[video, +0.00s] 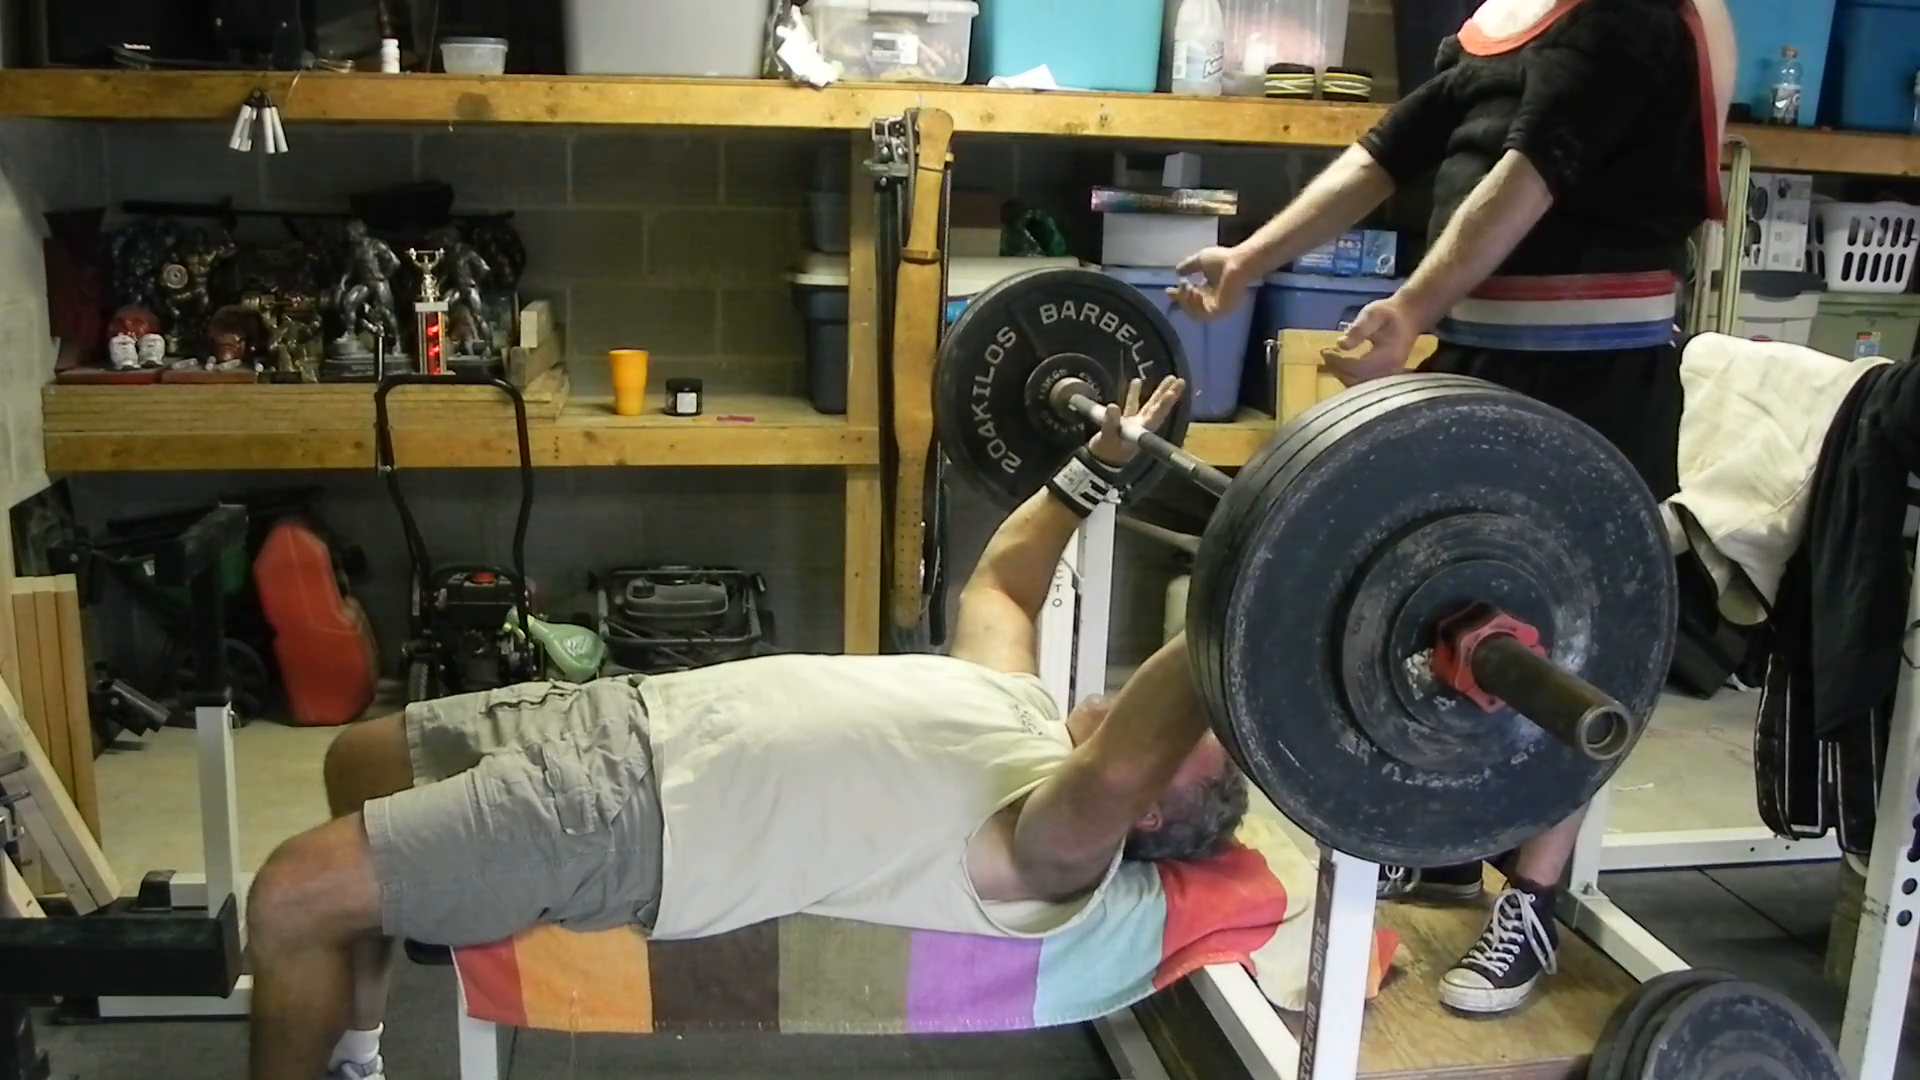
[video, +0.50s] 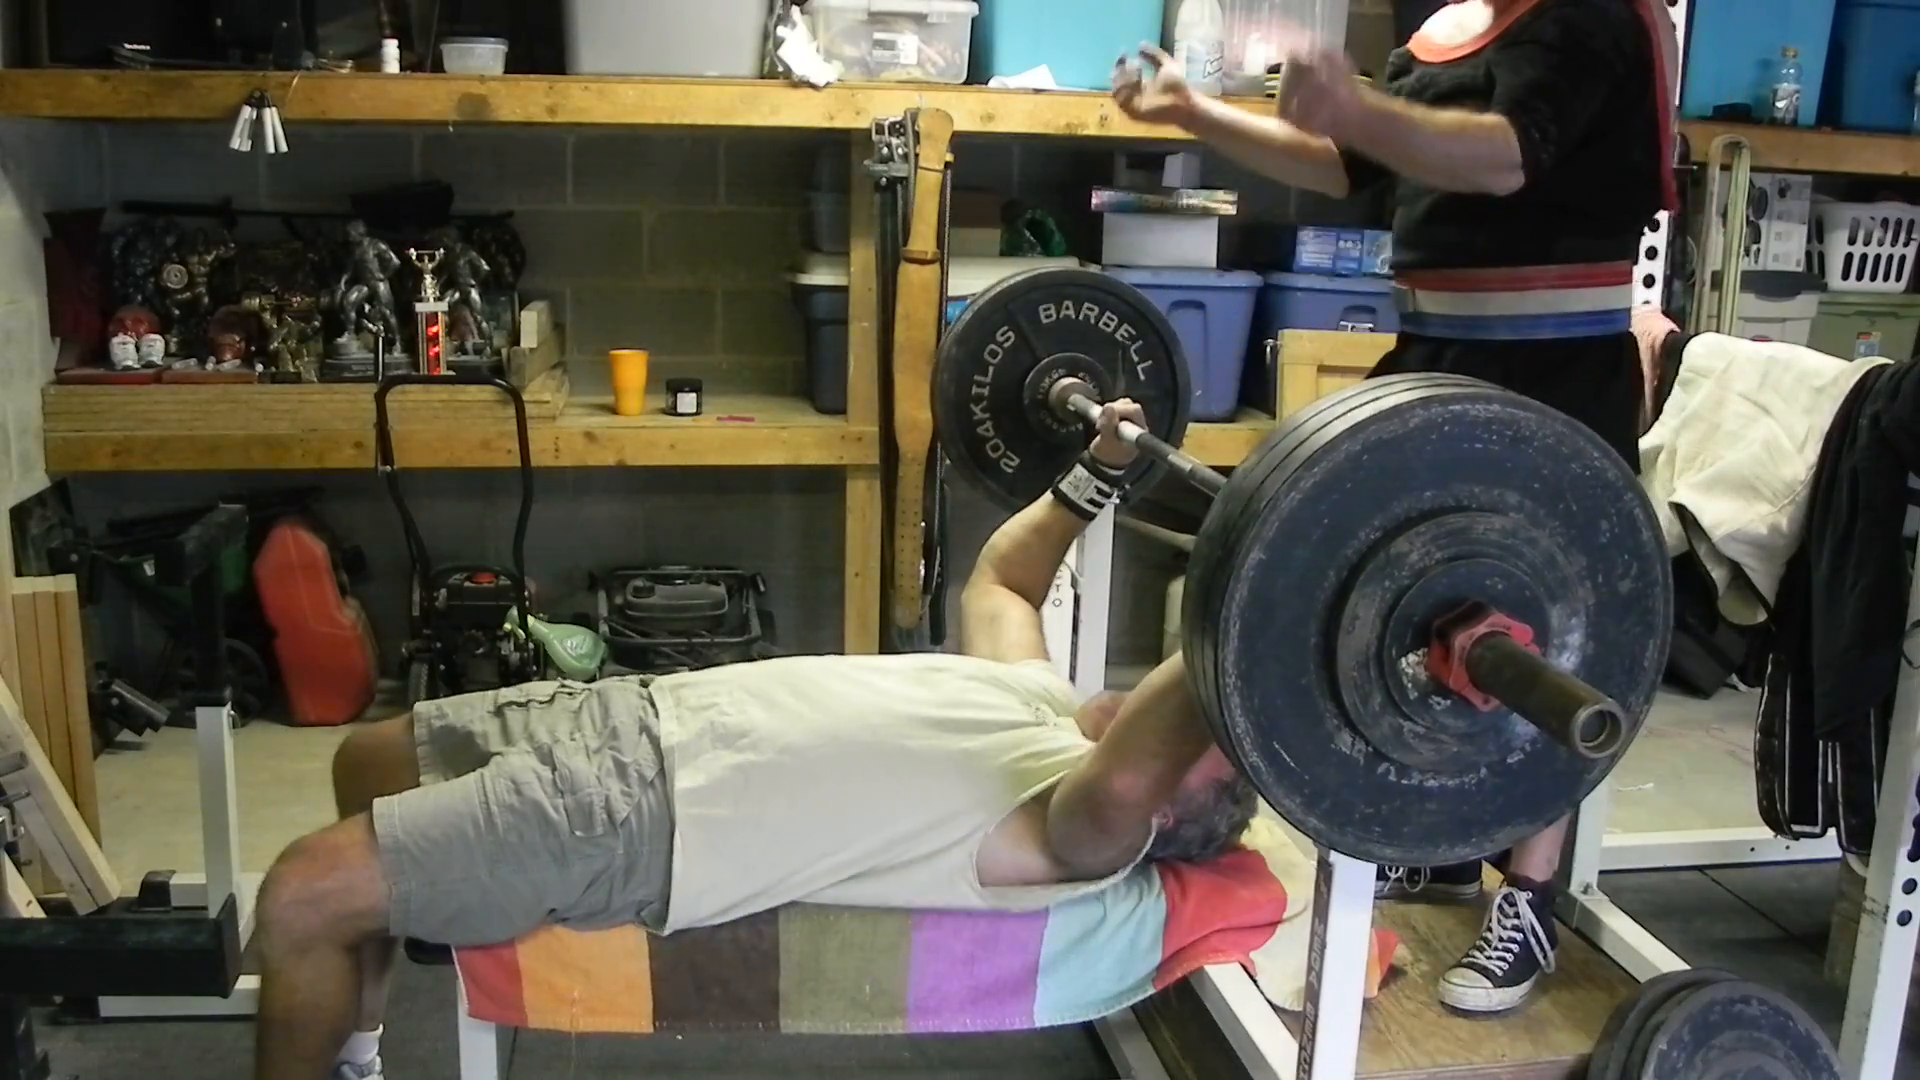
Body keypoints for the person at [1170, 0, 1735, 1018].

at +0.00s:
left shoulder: (1630, 17)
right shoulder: (1489, 24)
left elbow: (1531, 170)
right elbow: (1381, 157)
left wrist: (1410, 307)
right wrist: (1246, 257)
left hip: (1595, 374)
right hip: (1468, 362)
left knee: (1567, 627)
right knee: (1440, 603)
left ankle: (1530, 898)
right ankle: (1442, 839)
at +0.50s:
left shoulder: (1590, 19)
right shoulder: (1440, 29)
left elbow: (1509, 152)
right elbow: (1345, 166)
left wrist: (1352, 111)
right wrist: (1193, 112)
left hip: (1562, 376)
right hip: (1439, 362)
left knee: (1546, 633)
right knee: (1419, 604)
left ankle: (1529, 893)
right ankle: (1438, 832)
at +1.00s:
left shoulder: (1576, 18)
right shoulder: (1428, 38)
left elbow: (1503, 148)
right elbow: (1314, 164)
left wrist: (1372, 64)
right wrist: (1210, 54)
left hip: (1536, 374)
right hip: (1405, 363)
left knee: (1528, 630)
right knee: (1392, 608)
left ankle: (1528, 891)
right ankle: (1431, 831)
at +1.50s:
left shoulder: (1583, 16)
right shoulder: (1436, 42)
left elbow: (1500, 141)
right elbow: (1324, 161)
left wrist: (1356, 42)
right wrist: (1231, 36)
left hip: (1537, 370)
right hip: (1410, 359)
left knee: (1518, 629)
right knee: (1384, 606)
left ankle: (1526, 888)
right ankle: (1421, 833)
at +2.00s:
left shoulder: (1609, 21)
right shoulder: (1456, 29)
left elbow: (1510, 154)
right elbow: (1353, 144)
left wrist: (1374, 38)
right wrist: (1253, 15)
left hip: (1555, 379)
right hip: (1431, 365)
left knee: (1543, 636)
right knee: (1421, 612)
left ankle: (1532, 909)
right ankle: (1439, 841)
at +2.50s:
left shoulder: (1651, 20)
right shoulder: (1508, 16)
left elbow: (1538, 161)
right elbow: (1412, 149)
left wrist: (1377, 69)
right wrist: (1332, 54)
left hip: (1600, 376)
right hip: (1482, 364)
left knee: (1581, 645)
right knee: (1450, 613)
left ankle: (1539, 911)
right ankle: (1445, 843)